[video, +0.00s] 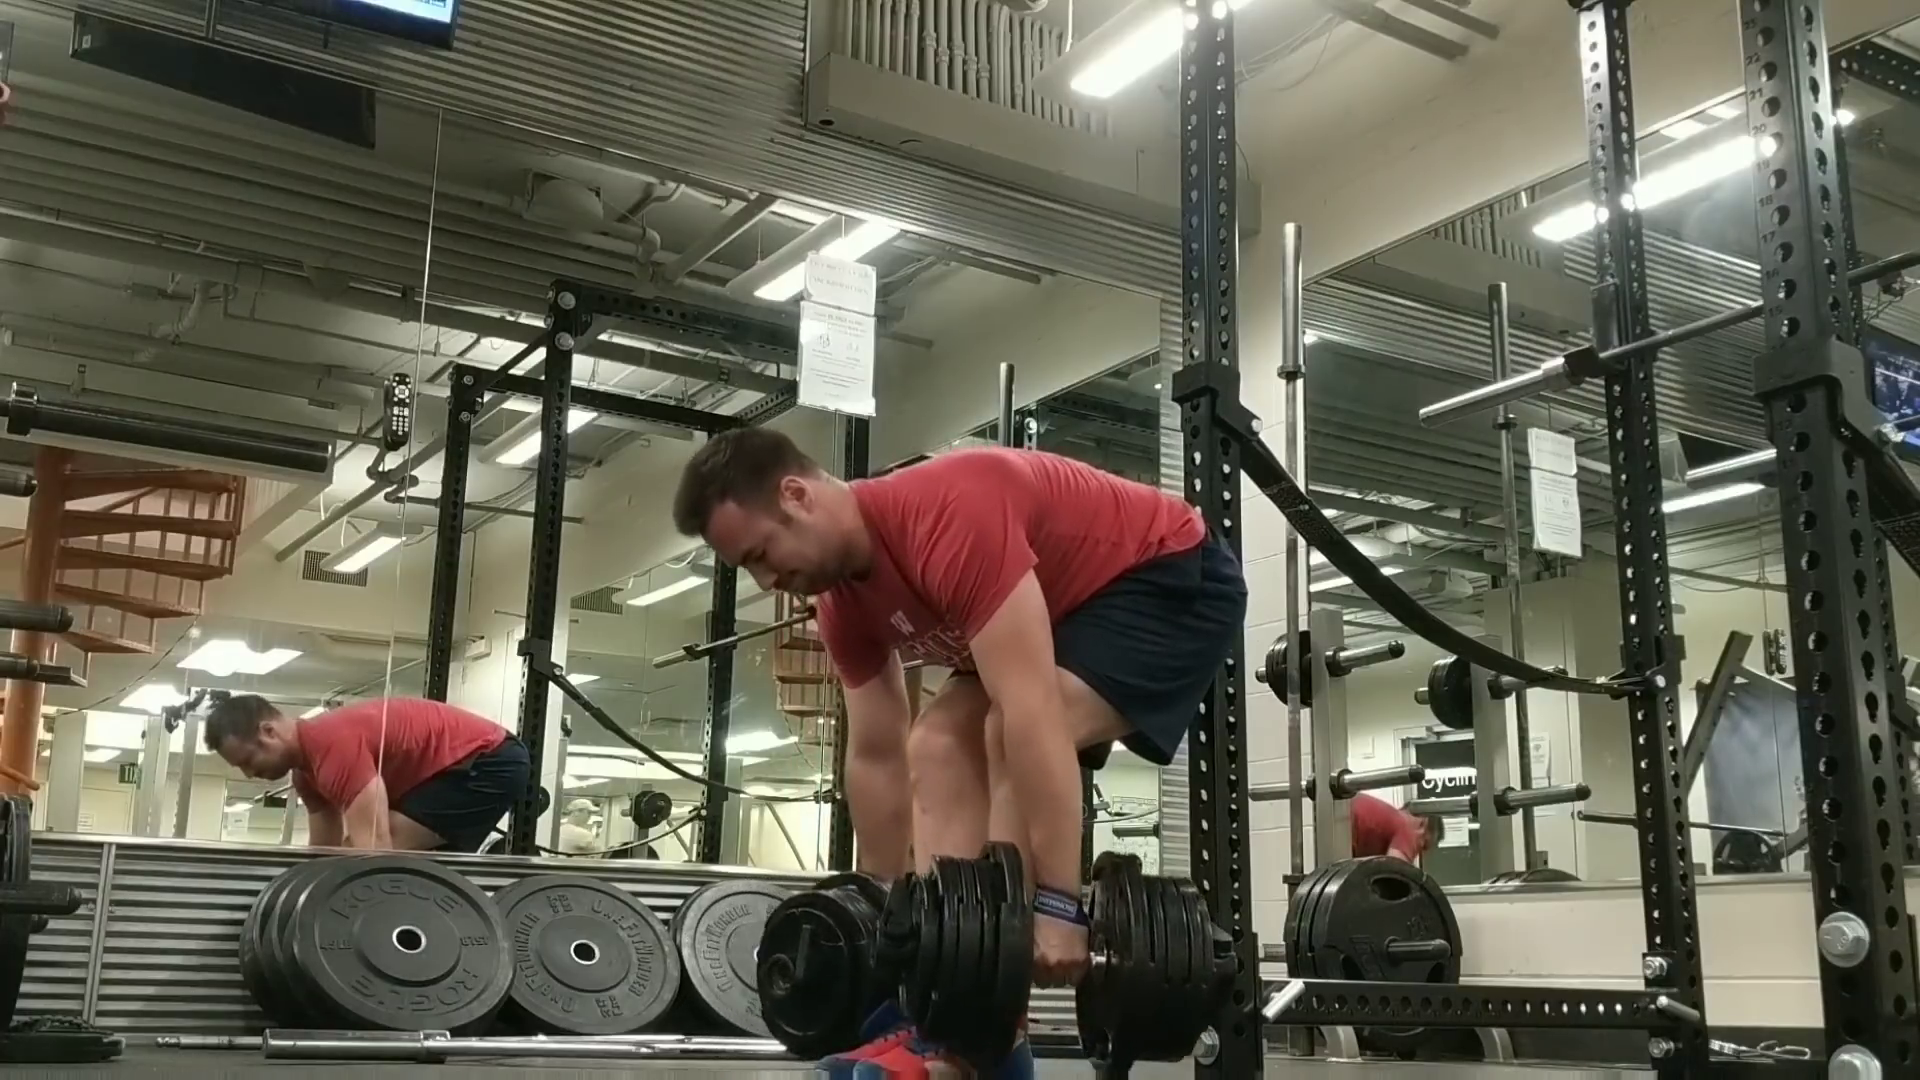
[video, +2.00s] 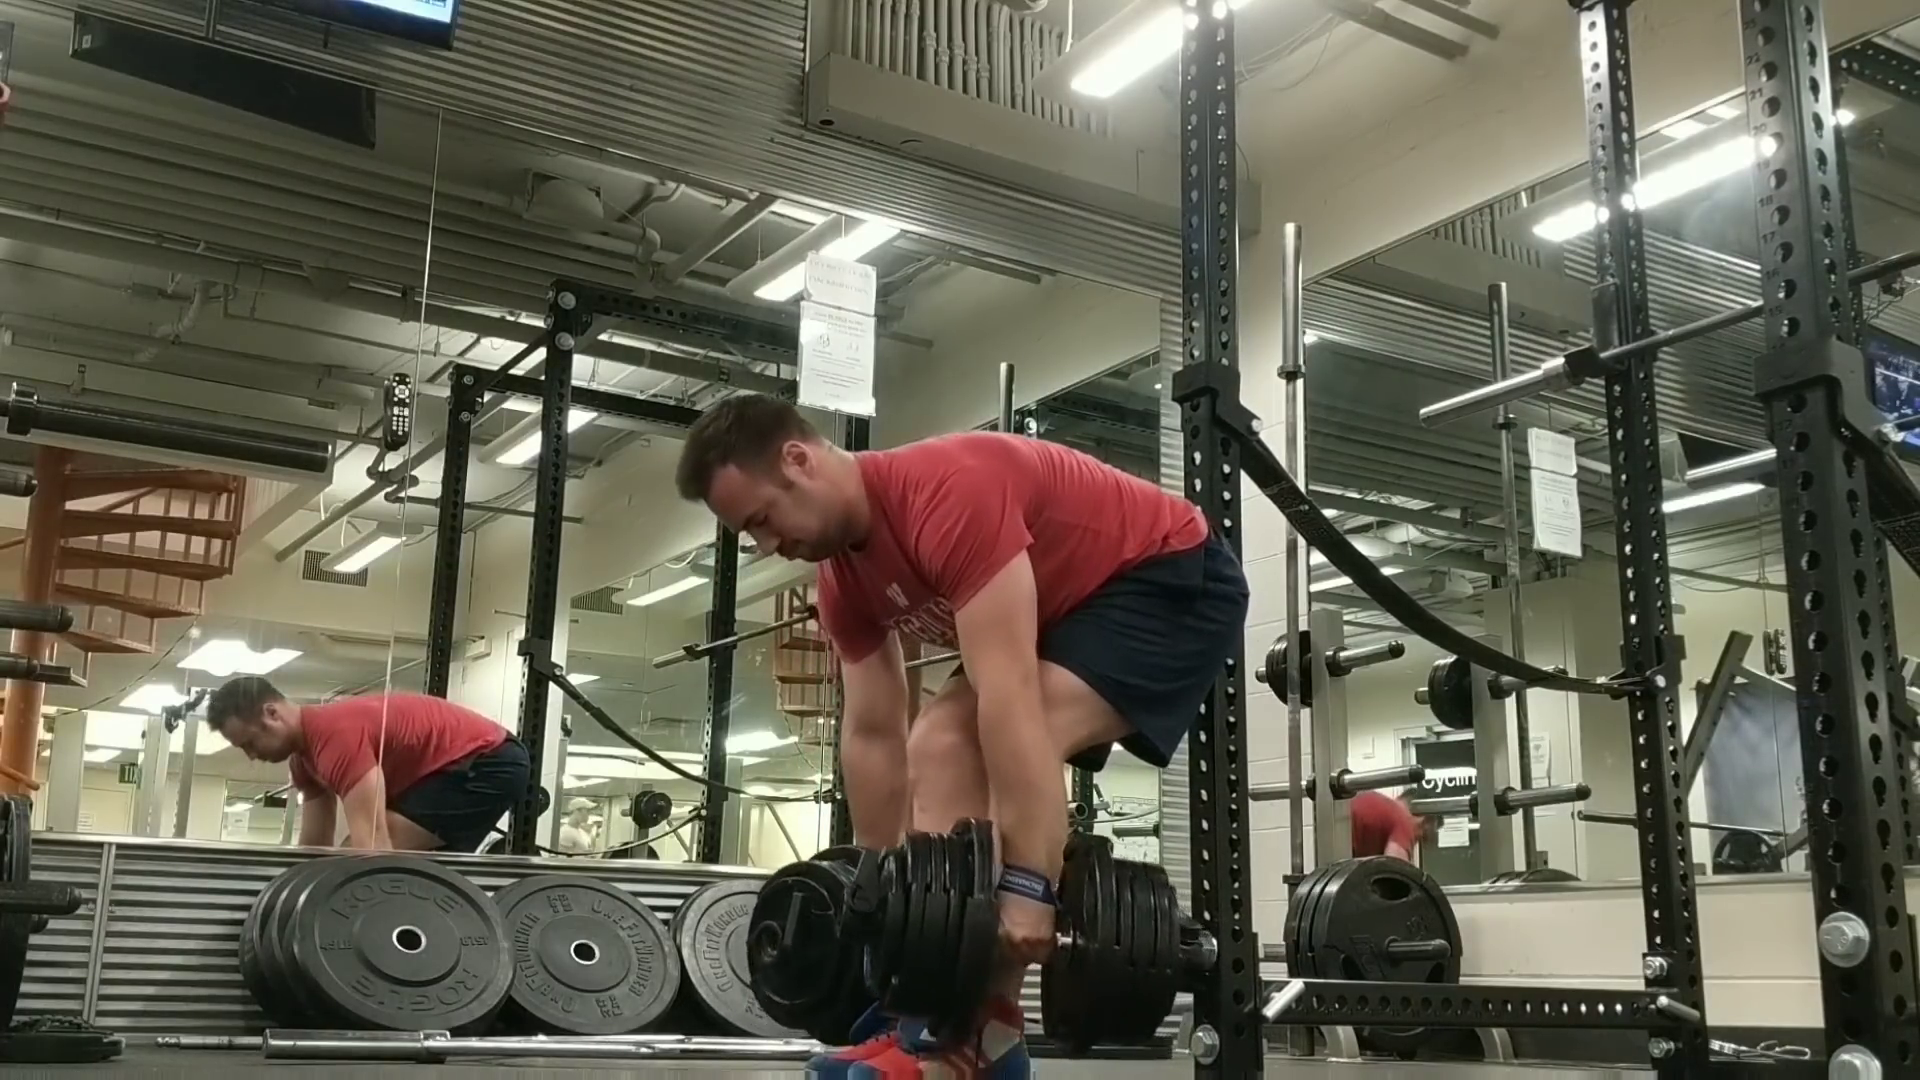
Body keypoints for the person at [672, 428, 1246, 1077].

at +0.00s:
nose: (766, 584)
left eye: (761, 556)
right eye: (748, 570)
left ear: (800, 493)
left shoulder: (956, 513)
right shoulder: (845, 602)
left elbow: (1030, 707)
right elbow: (876, 755)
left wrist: (1058, 907)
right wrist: (878, 931)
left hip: (1172, 576)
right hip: (1066, 608)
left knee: (1018, 730)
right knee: (937, 737)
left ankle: (991, 1031)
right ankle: (933, 1018)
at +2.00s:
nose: (763, 546)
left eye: (761, 520)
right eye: (748, 535)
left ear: (801, 458)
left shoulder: (955, 494)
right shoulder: (845, 580)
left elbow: (1008, 695)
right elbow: (874, 733)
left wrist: (1031, 883)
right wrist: (876, 899)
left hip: (1170, 581)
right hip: (1071, 608)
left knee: (971, 739)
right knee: (934, 739)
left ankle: (989, 1030)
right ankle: (930, 1020)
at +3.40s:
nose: (773, 510)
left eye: (767, 484)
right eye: (756, 499)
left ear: (804, 423)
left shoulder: (952, 456)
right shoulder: (846, 538)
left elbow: (1043, 624)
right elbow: (883, 684)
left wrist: (1040, 808)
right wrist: (876, 844)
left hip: (1166, 578)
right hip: (1054, 603)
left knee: (1009, 732)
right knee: (942, 733)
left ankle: (993, 1020)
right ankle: (943, 1003)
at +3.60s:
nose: (796, 478)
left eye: (788, 455)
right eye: (778, 471)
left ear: (816, 391)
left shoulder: (967, 412)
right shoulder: (857, 509)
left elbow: (1094, 548)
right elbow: (906, 631)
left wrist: (1088, 721)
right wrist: (896, 769)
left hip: (1163, 572)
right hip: (1040, 604)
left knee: (1020, 764)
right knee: (948, 757)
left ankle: (988, 1020)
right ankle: (941, 1004)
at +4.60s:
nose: (794, 482)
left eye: (785, 459)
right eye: (775, 475)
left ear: (812, 394)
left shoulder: (965, 420)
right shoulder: (853, 512)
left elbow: (1026, 602)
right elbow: (874, 665)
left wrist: (1029, 786)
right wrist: (864, 821)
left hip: (1164, 574)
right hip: (1053, 603)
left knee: (1018, 741)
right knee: (930, 747)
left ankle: (991, 1018)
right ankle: (942, 1000)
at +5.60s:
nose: (819, 453)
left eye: (810, 432)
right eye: (800, 447)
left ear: (834, 366)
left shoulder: (985, 382)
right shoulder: (865, 475)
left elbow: (1107, 524)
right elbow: (915, 595)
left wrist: (1097, 691)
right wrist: (904, 735)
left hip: (1159, 563)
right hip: (1038, 594)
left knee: (1026, 752)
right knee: (956, 746)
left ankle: (991, 1014)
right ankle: (942, 1000)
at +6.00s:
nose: (855, 461)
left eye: (843, 444)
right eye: (838, 458)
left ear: (848, 377)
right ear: (847, 379)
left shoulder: (997, 365)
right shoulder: (881, 458)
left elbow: (1159, 459)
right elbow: (954, 558)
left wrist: (1162, 621)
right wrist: (934, 683)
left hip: (1160, 564)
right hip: (1054, 595)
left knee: (1021, 729)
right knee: (957, 730)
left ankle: (991, 1017)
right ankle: (943, 1002)